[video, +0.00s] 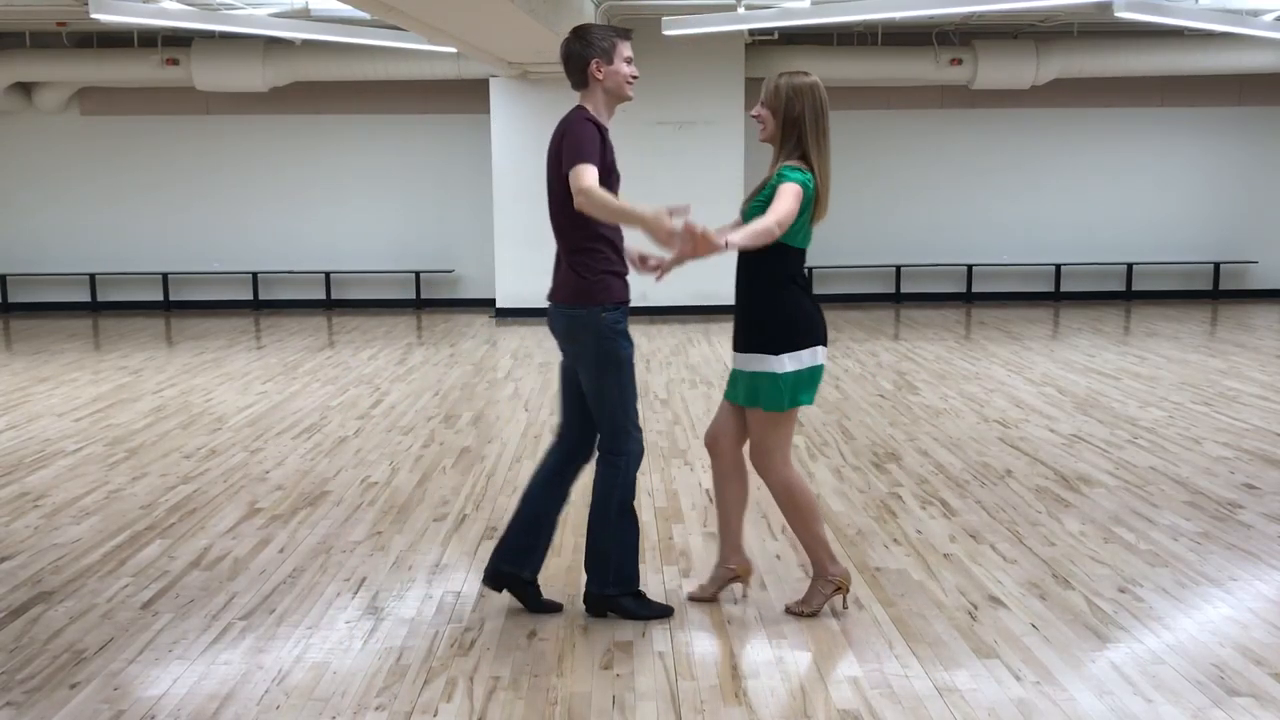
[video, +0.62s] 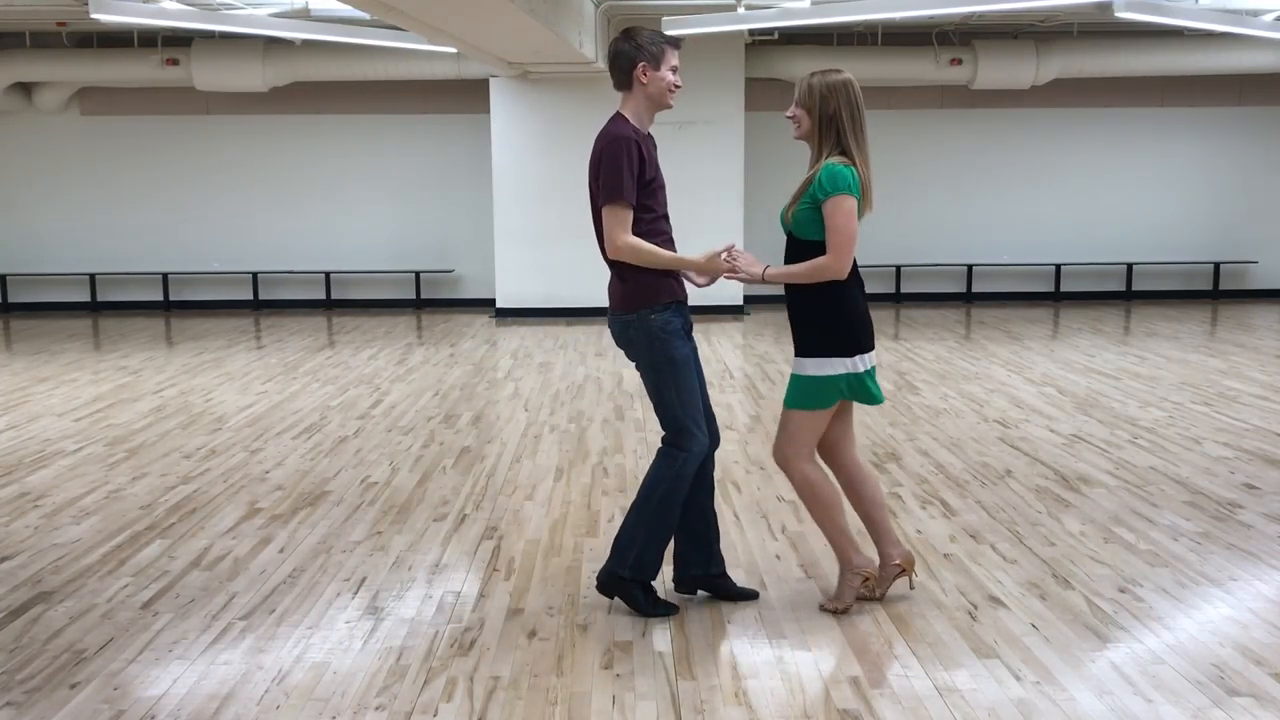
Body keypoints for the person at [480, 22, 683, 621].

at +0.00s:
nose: (636, 72)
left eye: (634, 62)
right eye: (628, 62)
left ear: (599, 72)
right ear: (597, 69)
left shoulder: (587, 132)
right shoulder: (583, 127)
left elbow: (583, 229)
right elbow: (583, 194)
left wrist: (634, 259)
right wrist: (653, 219)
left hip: (579, 308)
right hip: (594, 312)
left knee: (575, 439)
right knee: (622, 446)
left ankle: (513, 564)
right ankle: (610, 588)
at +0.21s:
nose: (660, 78)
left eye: (659, 68)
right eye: (652, 68)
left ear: (624, 75)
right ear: (623, 74)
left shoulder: (619, 137)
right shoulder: (605, 137)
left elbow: (613, 235)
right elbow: (593, 231)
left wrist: (658, 300)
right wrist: (652, 300)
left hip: (631, 316)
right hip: (620, 317)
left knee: (670, 439)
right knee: (641, 448)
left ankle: (600, 555)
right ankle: (611, 589)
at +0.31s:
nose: (673, 79)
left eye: (671, 69)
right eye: (666, 69)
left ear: (640, 75)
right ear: (636, 73)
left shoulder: (629, 139)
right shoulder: (616, 139)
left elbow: (622, 238)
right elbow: (604, 237)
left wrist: (669, 300)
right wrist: (671, 301)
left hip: (647, 318)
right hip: (631, 320)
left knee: (690, 438)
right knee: (659, 446)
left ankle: (687, 571)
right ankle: (613, 583)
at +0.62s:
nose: (679, 82)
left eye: (678, 72)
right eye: (672, 71)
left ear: (647, 76)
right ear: (642, 73)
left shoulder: (637, 139)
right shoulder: (620, 140)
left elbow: (634, 237)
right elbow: (617, 243)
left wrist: (686, 269)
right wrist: (692, 264)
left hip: (665, 309)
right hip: (644, 313)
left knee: (702, 436)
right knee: (688, 439)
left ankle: (699, 568)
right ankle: (625, 573)